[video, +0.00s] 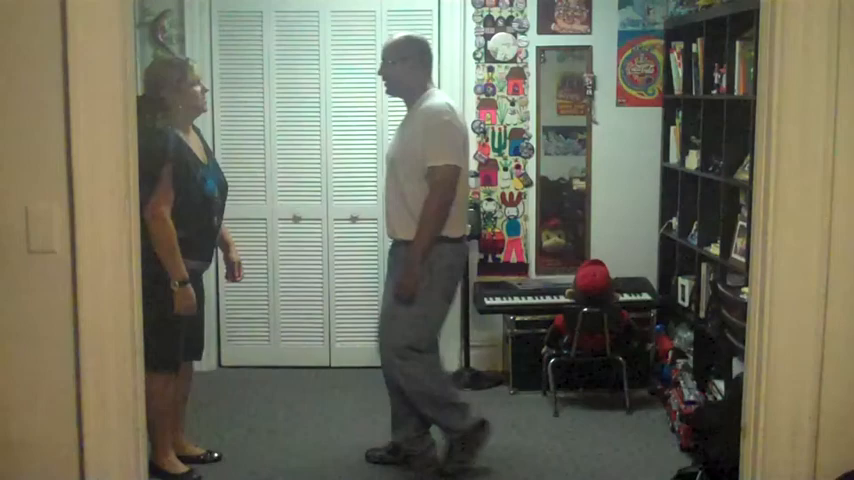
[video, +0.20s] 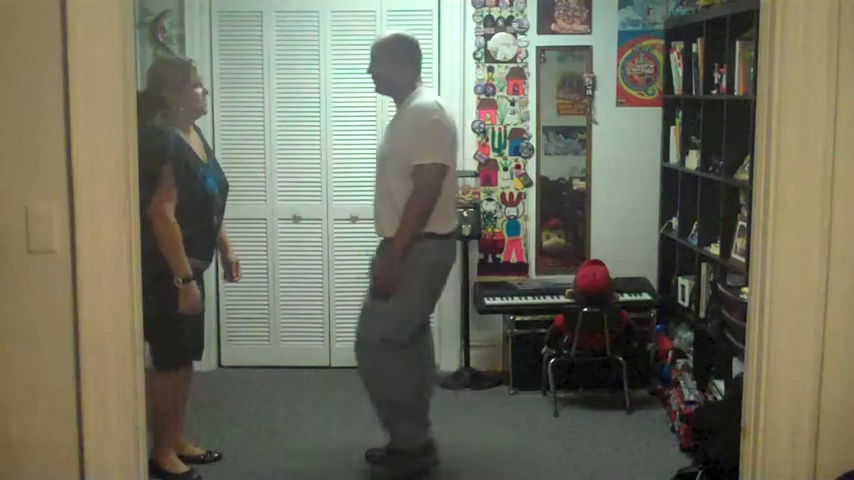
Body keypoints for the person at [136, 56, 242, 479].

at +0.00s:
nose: (203, 88)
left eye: (201, 82)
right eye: (194, 84)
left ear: (187, 95)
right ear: (170, 94)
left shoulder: (192, 135)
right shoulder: (160, 139)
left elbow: (201, 200)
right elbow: (156, 214)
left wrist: (227, 244)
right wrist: (179, 279)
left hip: (190, 266)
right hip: (163, 269)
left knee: (184, 359)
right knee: (163, 364)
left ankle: (178, 440)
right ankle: (161, 453)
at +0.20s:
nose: (204, 90)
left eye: (202, 84)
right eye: (195, 86)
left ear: (188, 95)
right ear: (170, 94)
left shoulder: (191, 134)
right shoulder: (161, 139)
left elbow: (201, 198)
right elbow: (159, 213)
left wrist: (224, 244)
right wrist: (183, 277)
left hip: (189, 264)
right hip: (165, 268)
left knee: (184, 357)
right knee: (168, 362)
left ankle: (178, 439)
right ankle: (162, 451)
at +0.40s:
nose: (205, 93)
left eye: (203, 86)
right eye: (196, 88)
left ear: (189, 94)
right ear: (170, 94)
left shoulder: (195, 135)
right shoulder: (157, 140)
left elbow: (202, 201)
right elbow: (157, 211)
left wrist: (222, 248)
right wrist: (189, 273)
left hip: (194, 262)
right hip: (166, 264)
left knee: (187, 357)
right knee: (177, 358)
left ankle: (176, 438)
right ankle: (164, 449)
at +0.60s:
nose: (204, 92)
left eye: (203, 86)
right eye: (196, 87)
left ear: (191, 93)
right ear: (172, 94)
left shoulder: (191, 133)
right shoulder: (160, 139)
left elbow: (202, 198)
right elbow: (159, 211)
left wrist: (223, 247)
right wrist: (187, 271)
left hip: (194, 262)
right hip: (167, 266)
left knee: (180, 359)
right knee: (169, 361)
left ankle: (175, 439)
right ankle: (162, 450)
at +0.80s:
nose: (207, 92)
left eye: (206, 86)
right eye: (199, 87)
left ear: (194, 94)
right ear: (174, 95)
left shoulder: (195, 134)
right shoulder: (164, 140)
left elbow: (205, 202)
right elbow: (160, 212)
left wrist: (233, 248)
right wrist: (205, 264)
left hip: (191, 261)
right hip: (168, 264)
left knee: (179, 358)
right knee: (168, 360)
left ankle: (176, 440)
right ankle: (162, 450)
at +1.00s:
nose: (211, 91)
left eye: (210, 85)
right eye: (203, 87)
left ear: (196, 94)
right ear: (179, 94)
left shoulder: (197, 133)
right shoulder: (169, 139)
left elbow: (199, 200)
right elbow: (171, 209)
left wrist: (232, 235)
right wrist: (229, 231)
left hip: (193, 264)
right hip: (169, 266)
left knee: (181, 358)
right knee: (164, 360)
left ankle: (178, 439)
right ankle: (162, 449)